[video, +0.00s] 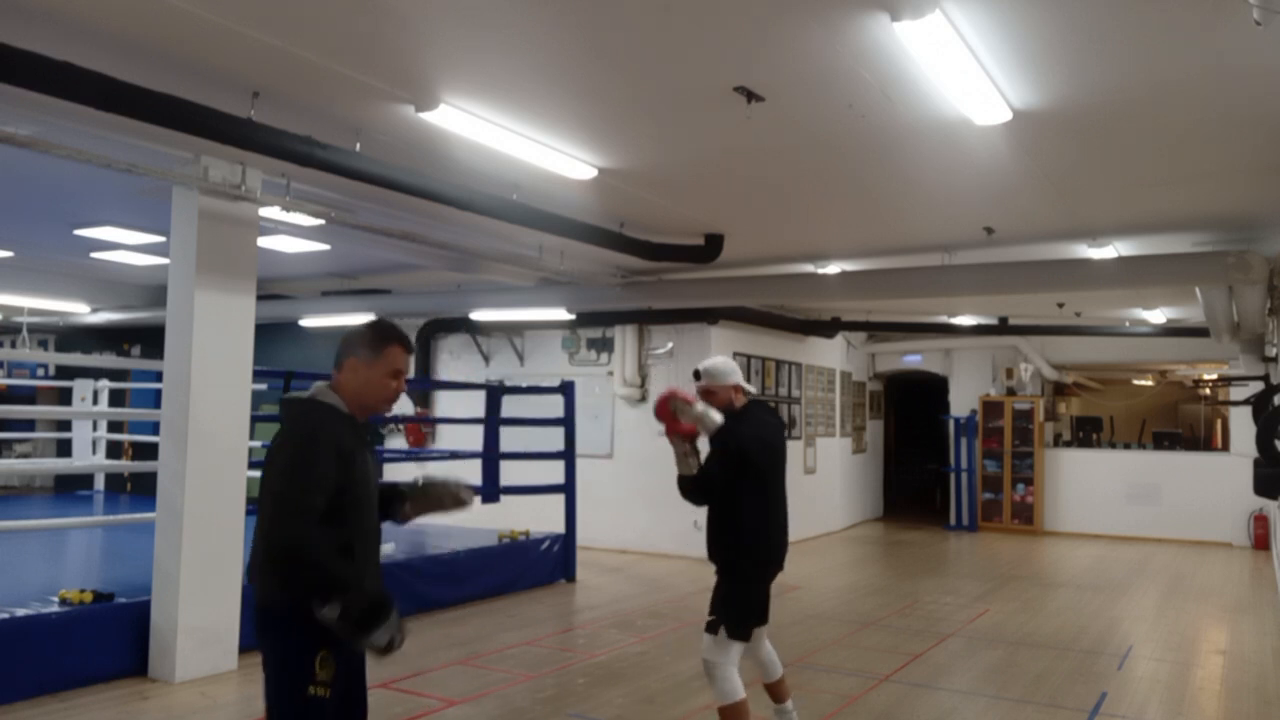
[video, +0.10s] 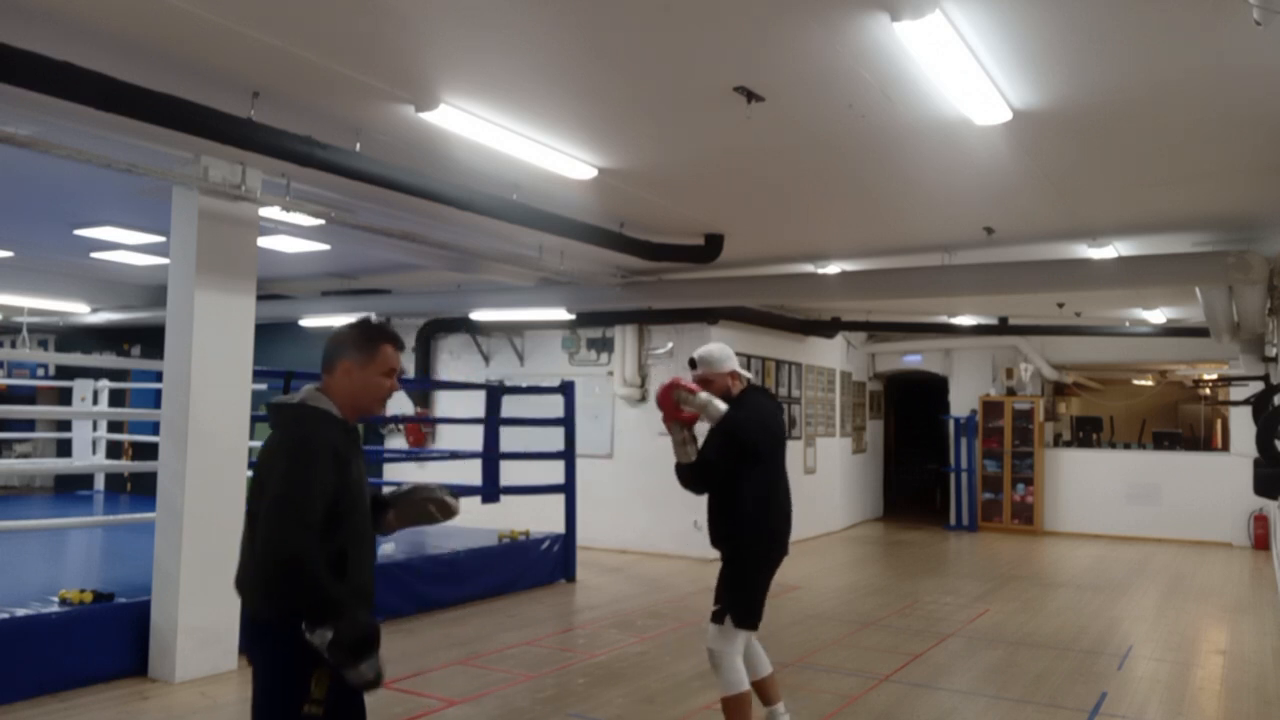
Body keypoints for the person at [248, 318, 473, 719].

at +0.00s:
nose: (401, 389)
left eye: (404, 378)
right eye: (394, 375)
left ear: (352, 370)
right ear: (352, 367)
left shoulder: (346, 427)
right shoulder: (314, 428)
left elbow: (346, 504)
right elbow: (299, 540)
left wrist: (405, 502)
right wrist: (369, 613)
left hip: (329, 616)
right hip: (302, 619)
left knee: (343, 709)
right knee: (312, 711)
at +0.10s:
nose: (395, 387)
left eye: (397, 377)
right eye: (387, 374)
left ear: (346, 371)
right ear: (346, 368)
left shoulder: (334, 429)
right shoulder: (311, 433)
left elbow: (334, 517)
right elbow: (294, 548)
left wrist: (390, 512)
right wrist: (346, 638)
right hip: (294, 630)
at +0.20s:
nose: (389, 383)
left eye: (390, 372)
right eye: (383, 370)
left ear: (345, 369)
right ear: (345, 367)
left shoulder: (315, 423)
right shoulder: (310, 432)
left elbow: (324, 505)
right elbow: (296, 553)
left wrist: (388, 496)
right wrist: (352, 647)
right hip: (288, 630)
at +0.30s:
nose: (386, 370)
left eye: (386, 359)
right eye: (381, 357)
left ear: (343, 356)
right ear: (345, 356)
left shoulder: (301, 411)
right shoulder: (307, 422)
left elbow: (325, 474)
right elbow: (291, 542)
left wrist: (387, 442)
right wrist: (352, 625)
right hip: (283, 621)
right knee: (309, 712)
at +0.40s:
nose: (384, 366)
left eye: (384, 354)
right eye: (378, 353)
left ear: (340, 353)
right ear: (343, 354)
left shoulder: (290, 409)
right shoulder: (309, 425)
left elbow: (327, 467)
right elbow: (303, 546)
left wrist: (384, 426)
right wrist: (363, 629)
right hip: (285, 625)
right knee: (292, 712)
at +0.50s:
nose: (384, 366)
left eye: (384, 355)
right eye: (378, 354)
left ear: (341, 355)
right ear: (343, 354)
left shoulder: (292, 413)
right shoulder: (307, 428)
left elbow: (318, 470)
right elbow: (306, 553)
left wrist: (383, 442)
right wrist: (375, 620)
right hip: (286, 627)